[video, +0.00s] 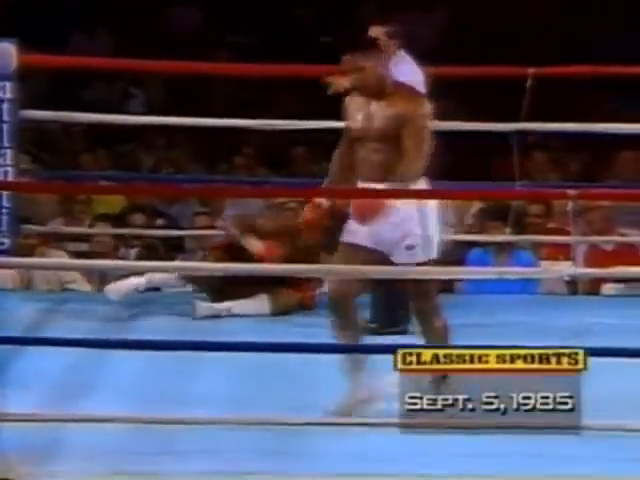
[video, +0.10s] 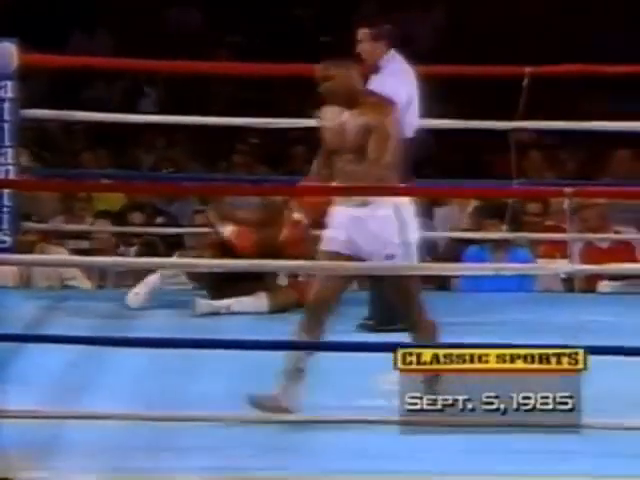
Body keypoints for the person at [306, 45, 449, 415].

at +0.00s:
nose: (355, 80)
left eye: (361, 72)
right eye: (351, 73)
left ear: (381, 69)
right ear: (349, 77)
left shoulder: (412, 106)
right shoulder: (354, 104)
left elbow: (415, 162)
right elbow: (346, 152)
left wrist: (382, 195)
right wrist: (327, 196)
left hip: (408, 209)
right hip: (365, 209)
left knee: (422, 301)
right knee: (339, 292)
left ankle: (444, 379)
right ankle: (359, 385)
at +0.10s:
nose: (324, 88)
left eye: (329, 80)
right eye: (322, 81)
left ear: (351, 78)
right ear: (326, 84)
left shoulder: (382, 114)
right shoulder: (329, 114)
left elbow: (384, 172)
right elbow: (324, 164)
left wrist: (336, 171)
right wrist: (302, 203)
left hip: (385, 213)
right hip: (344, 213)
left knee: (409, 307)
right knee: (319, 303)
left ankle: (435, 381)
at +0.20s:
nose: (300, 95)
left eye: (305, 86)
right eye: (297, 89)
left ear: (328, 82)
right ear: (304, 92)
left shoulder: (359, 120)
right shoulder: (310, 124)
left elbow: (358, 175)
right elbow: (308, 171)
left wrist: (317, 183)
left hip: (364, 217)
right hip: (323, 219)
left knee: (396, 314)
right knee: (298, 307)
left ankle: (431, 385)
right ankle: (277, 398)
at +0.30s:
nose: (265, 95)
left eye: (270, 86)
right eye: (263, 88)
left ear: (293, 82)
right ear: (270, 88)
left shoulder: (324, 121)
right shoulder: (277, 124)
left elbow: (330, 180)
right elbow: (281, 176)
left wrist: (293, 215)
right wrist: (255, 215)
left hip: (325, 218)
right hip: (284, 218)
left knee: (349, 321)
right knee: (267, 310)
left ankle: (406, 368)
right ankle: (267, 404)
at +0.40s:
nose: (247, 90)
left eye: (252, 82)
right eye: (244, 84)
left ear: (275, 77)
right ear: (253, 84)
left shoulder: (308, 115)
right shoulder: (258, 118)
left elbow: (317, 174)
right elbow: (262, 171)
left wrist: (295, 223)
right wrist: (237, 213)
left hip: (305, 213)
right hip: (263, 213)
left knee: (308, 316)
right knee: (258, 309)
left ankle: (368, 361)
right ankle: (265, 402)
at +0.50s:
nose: (228, 87)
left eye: (232, 78)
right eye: (223, 80)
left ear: (254, 73)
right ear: (226, 84)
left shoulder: (287, 111)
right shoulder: (234, 112)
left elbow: (306, 167)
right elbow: (233, 163)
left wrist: (303, 218)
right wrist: (217, 212)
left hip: (276, 209)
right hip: (241, 210)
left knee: (261, 305)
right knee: (250, 306)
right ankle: (264, 395)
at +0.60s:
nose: (214, 86)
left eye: (219, 78)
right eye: (211, 80)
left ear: (241, 74)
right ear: (213, 83)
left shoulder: (272, 113)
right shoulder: (219, 113)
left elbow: (299, 163)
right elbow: (214, 161)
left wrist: (302, 215)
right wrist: (195, 206)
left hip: (262, 209)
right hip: (227, 209)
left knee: (235, 299)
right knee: (249, 300)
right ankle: (266, 388)